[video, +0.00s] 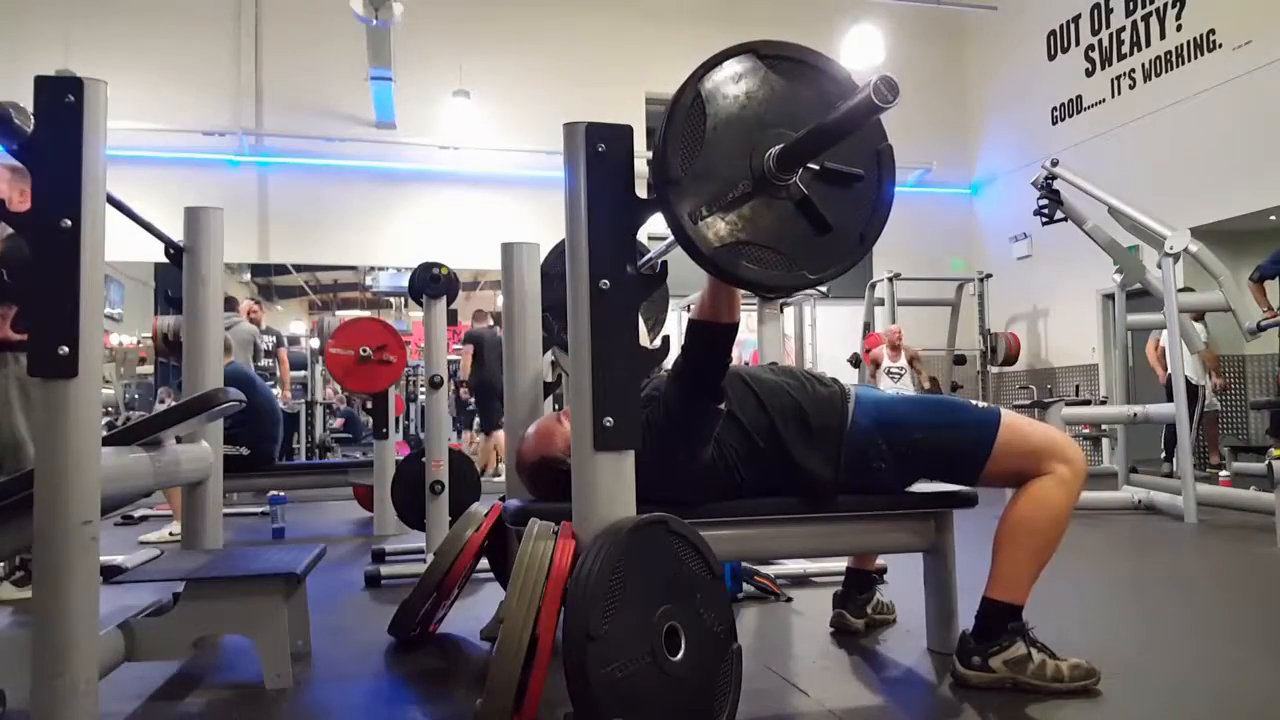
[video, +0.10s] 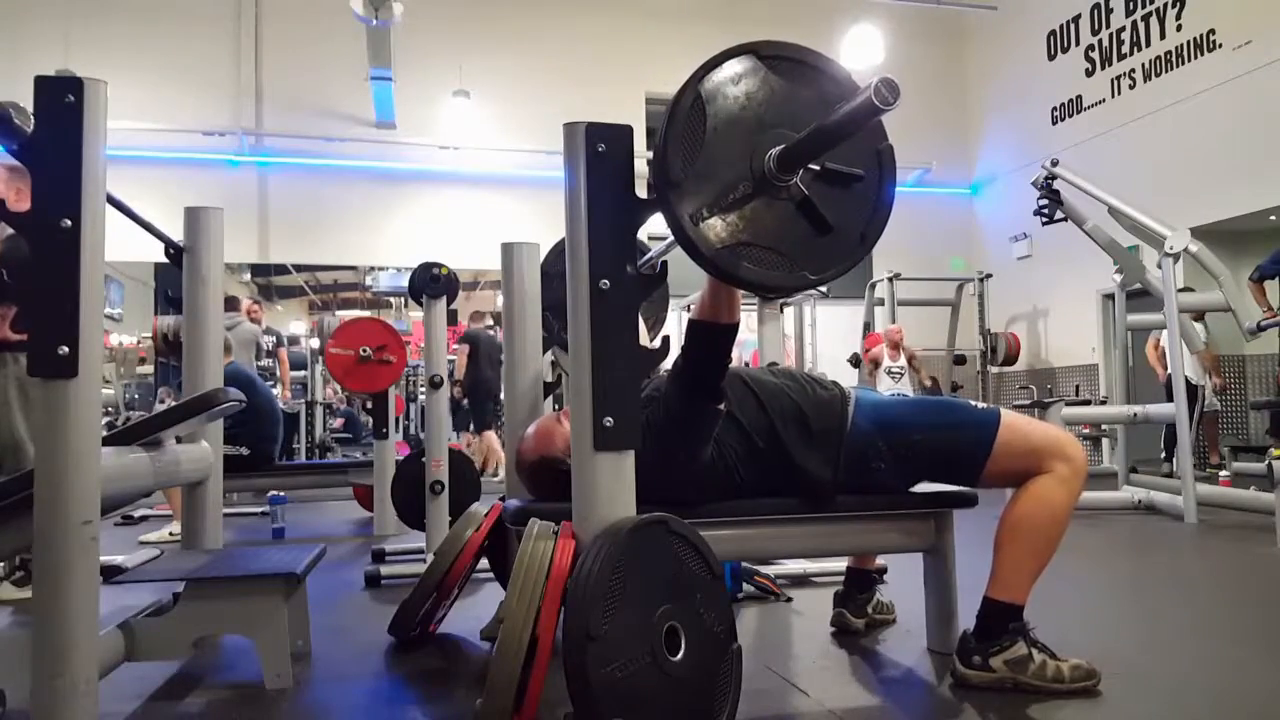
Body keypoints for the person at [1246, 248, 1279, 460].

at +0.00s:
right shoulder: (1277, 256)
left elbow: (1254, 280)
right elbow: (1255, 279)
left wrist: (1268, 309)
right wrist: (1268, 309)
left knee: (1276, 395)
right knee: (1277, 395)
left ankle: (1275, 442)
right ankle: (1275, 443)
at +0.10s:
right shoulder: (1278, 255)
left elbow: (1255, 280)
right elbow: (1255, 279)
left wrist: (1268, 309)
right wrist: (1267, 309)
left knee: (1277, 393)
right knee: (1278, 392)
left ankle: (1275, 441)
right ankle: (1275, 442)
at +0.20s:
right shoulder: (1278, 255)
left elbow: (1254, 280)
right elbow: (1254, 279)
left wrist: (1268, 309)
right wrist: (1268, 309)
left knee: (1277, 393)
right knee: (1278, 392)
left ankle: (1275, 441)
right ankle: (1275, 442)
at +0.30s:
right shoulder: (1277, 256)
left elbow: (1254, 280)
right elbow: (1254, 280)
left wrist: (1267, 309)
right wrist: (1267, 309)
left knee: (1276, 394)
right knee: (1277, 394)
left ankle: (1275, 442)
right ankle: (1275, 442)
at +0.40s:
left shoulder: (1275, 258)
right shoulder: (1276, 257)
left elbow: (1254, 280)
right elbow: (1254, 280)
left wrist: (1267, 309)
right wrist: (1267, 309)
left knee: (1277, 394)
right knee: (1277, 394)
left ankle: (1274, 441)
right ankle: (1274, 442)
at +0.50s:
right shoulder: (1278, 256)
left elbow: (1254, 280)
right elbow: (1254, 279)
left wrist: (1268, 309)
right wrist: (1267, 309)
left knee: (1277, 393)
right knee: (1278, 392)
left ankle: (1275, 442)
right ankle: (1275, 442)